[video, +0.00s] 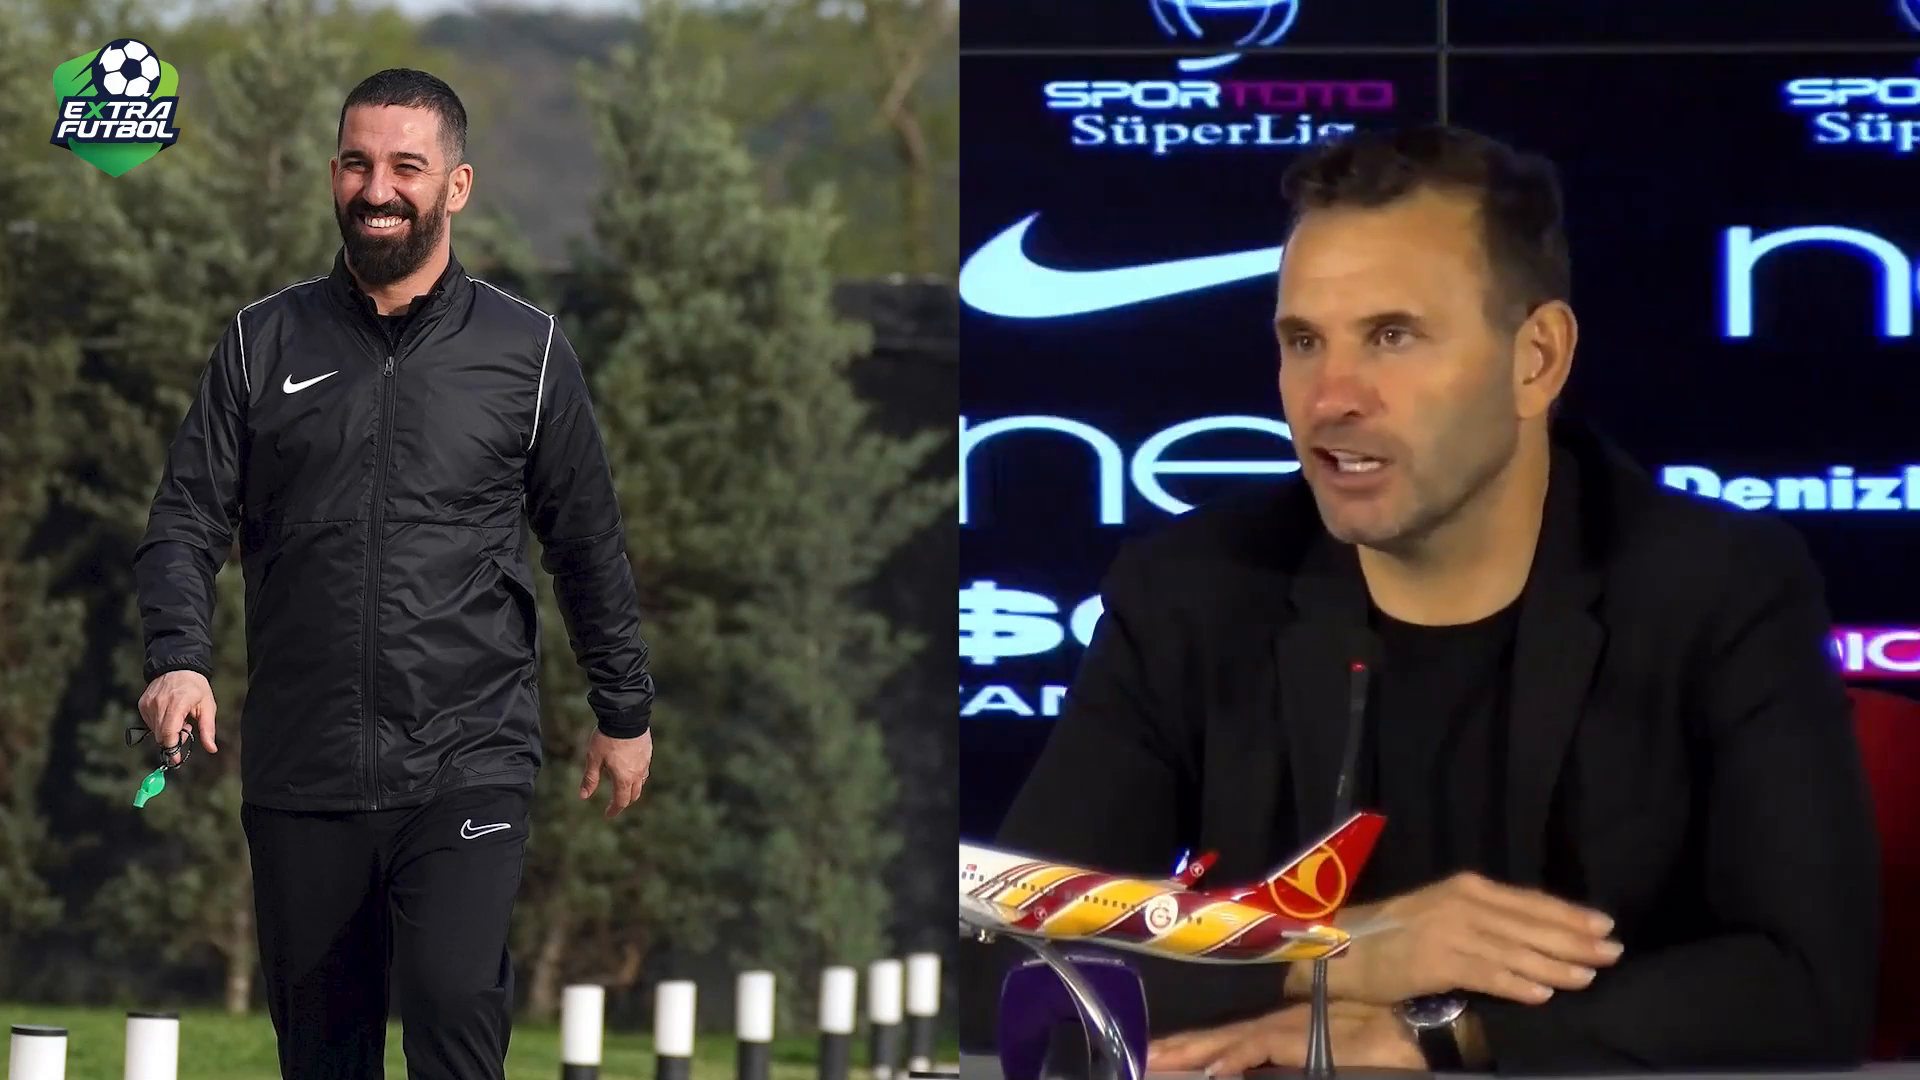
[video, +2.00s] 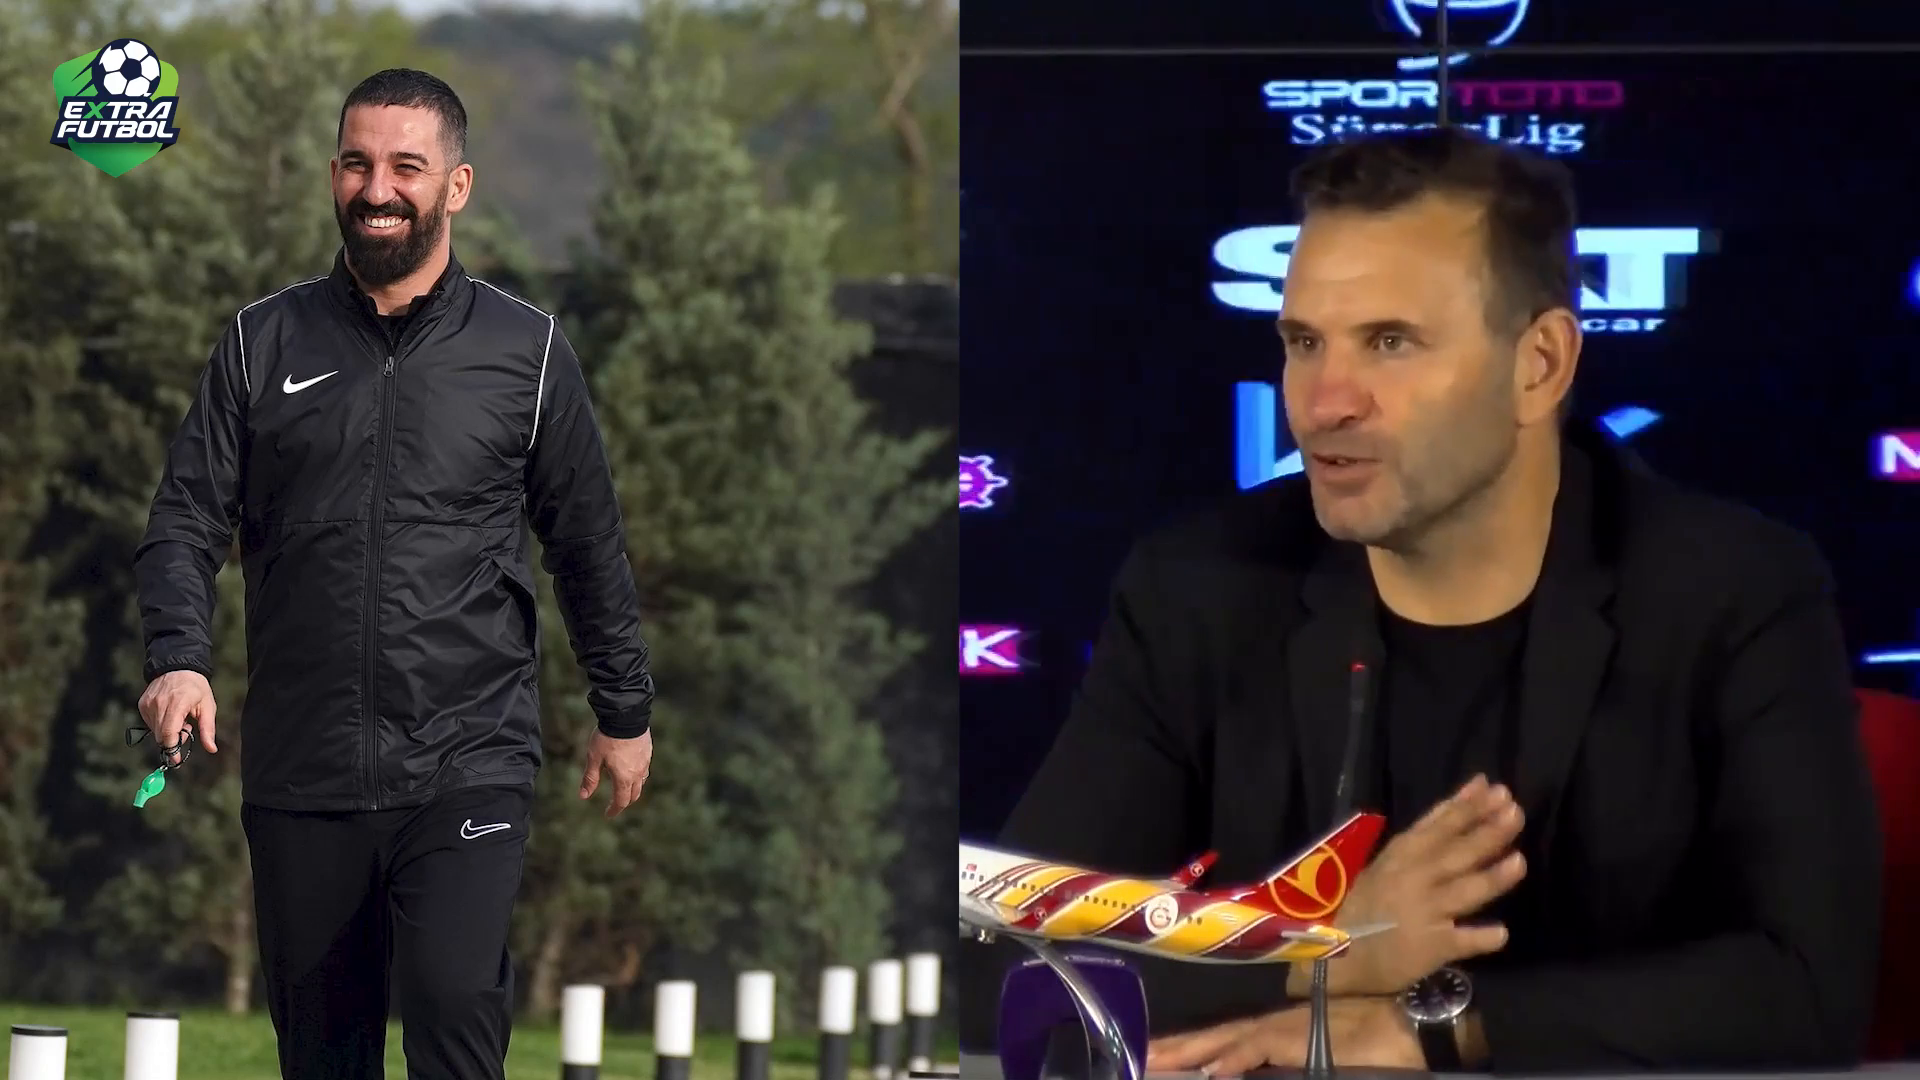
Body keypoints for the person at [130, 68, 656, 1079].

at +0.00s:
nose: (375, 187)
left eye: (405, 164)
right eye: (356, 162)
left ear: (458, 185)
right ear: (334, 177)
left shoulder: (530, 350)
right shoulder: (259, 342)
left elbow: (588, 541)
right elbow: (187, 513)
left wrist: (623, 708)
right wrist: (177, 658)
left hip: (472, 752)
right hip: (301, 755)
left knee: (455, 1018)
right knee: (320, 1043)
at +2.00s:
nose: (376, 187)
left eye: (405, 164)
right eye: (356, 162)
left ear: (458, 185)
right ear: (334, 177)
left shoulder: (530, 350)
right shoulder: (259, 342)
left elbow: (589, 541)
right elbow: (186, 513)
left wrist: (623, 708)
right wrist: (178, 658)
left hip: (471, 752)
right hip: (301, 755)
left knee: (455, 1020)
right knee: (320, 1043)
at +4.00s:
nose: (376, 187)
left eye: (405, 164)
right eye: (356, 162)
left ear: (458, 185)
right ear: (334, 177)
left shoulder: (530, 350)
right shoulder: (259, 342)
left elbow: (589, 541)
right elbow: (187, 513)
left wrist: (623, 708)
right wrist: (178, 658)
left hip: (471, 753)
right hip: (301, 755)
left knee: (455, 1018)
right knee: (320, 1043)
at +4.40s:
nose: (376, 187)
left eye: (405, 164)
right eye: (356, 162)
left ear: (458, 185)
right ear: (334, 177)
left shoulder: (530, 350)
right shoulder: (260, 342)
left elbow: (588, 541)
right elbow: (187, 512)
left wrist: (623, 708)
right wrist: (178, 658)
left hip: (471, 752)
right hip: (302, 755)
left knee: (454, 1016)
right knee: (320, 1042)